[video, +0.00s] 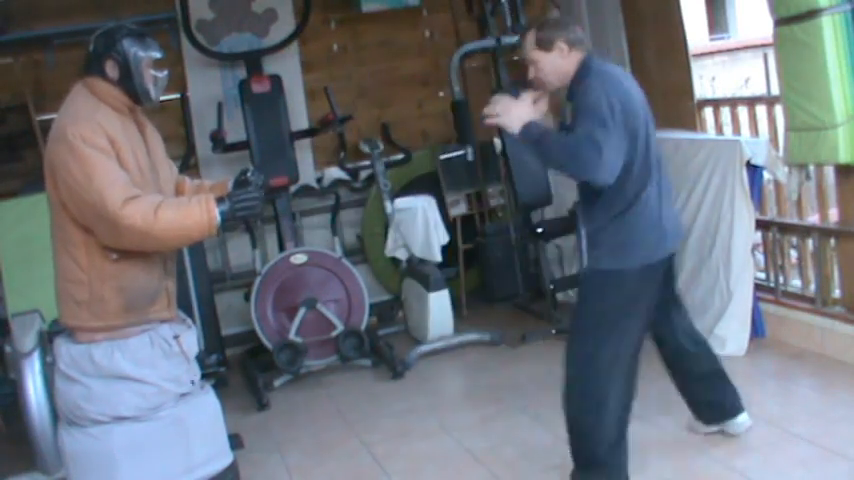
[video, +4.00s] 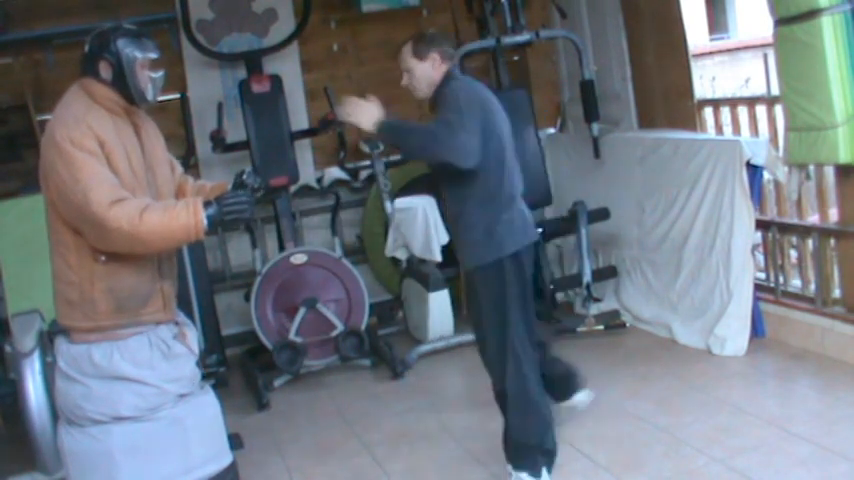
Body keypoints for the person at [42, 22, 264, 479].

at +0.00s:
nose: (154, 75)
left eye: (154, 64)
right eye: (144, 65)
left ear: (118, 68)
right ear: (112, 66)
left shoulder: (134, 119)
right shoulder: (78, 129)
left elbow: (171, 188)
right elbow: (123, 219)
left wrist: (227, 187)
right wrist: (214, 212)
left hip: (153, 316)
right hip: (107, 328)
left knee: (181, 443)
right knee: (129, 455)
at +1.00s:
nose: (153, 75)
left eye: (153, 64)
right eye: (143, 64)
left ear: (116, 68)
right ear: (110, 65)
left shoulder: (133, 119)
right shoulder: (77, 130)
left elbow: (171, 188)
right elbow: (123, 220)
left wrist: (227, 187)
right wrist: (215, 211)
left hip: (152, 315)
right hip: (106, 328)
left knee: (179, 443)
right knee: (129, 455)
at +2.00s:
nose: (152, 75)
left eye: (153, 64)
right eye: (143, 65)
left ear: (117, 68)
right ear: (111, 66)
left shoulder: (132, 118)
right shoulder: (78, 129)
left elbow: (171, 188)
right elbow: (123, 220)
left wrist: (229, 186)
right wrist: (216, 210)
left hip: (151, 313)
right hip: (108, 326)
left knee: (177, 441)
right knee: (131, 454)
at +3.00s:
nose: (146, 75)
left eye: (147, 64)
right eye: (136, 65)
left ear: (112, 68)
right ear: (103, 67)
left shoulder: (136, 121)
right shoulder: (68, 129)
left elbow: (175, 188)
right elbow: (110, 221)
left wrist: (227, 188)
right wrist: (202, 215)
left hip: (157, 316)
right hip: (103, 329)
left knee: (192, 447)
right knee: (124, 458)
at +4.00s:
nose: (148, 76)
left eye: (149, 65)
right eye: (138, 65)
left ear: (116, 68)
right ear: (106, 66)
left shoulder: (138, 121)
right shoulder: (70, 128)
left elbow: (176, 187)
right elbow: (110, 221)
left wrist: (227, 190)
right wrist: (204, 215)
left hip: (157, 318)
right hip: (104, 331)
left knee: (192, 449)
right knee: (125, 459)